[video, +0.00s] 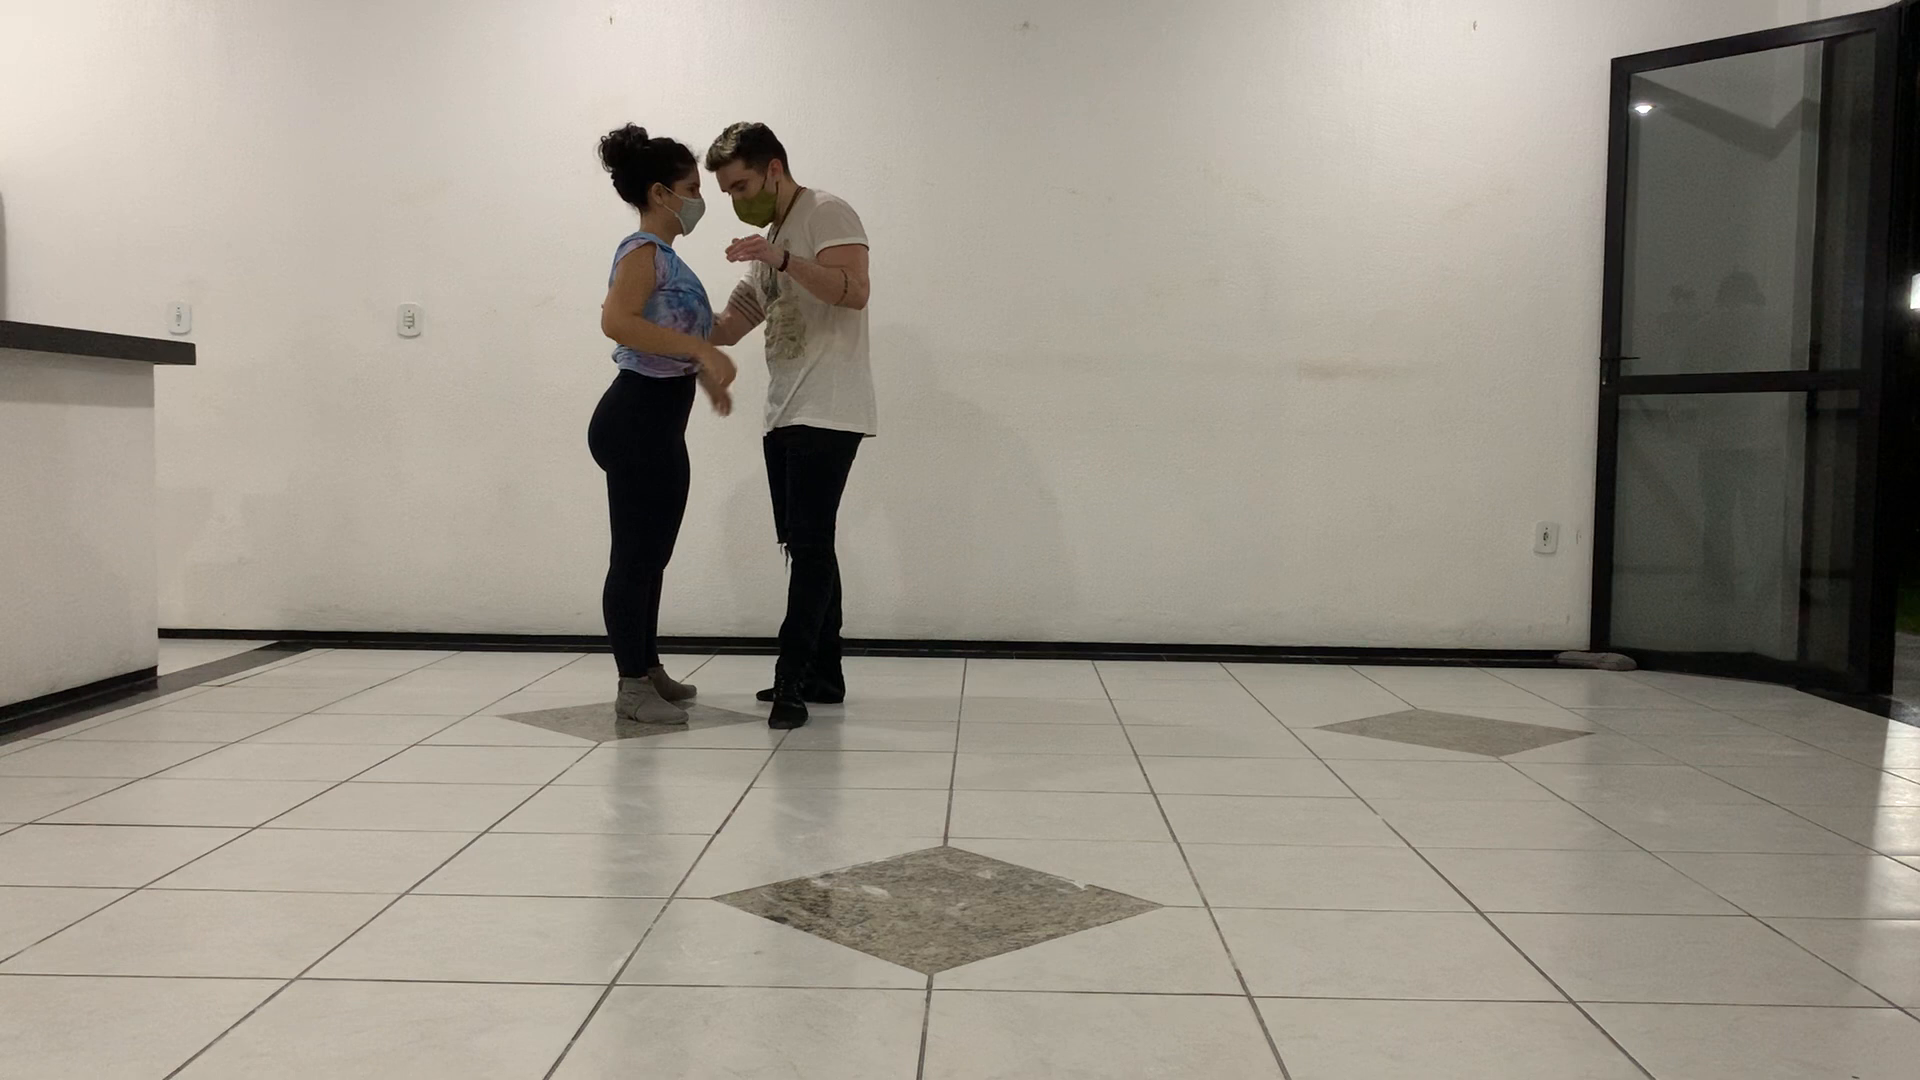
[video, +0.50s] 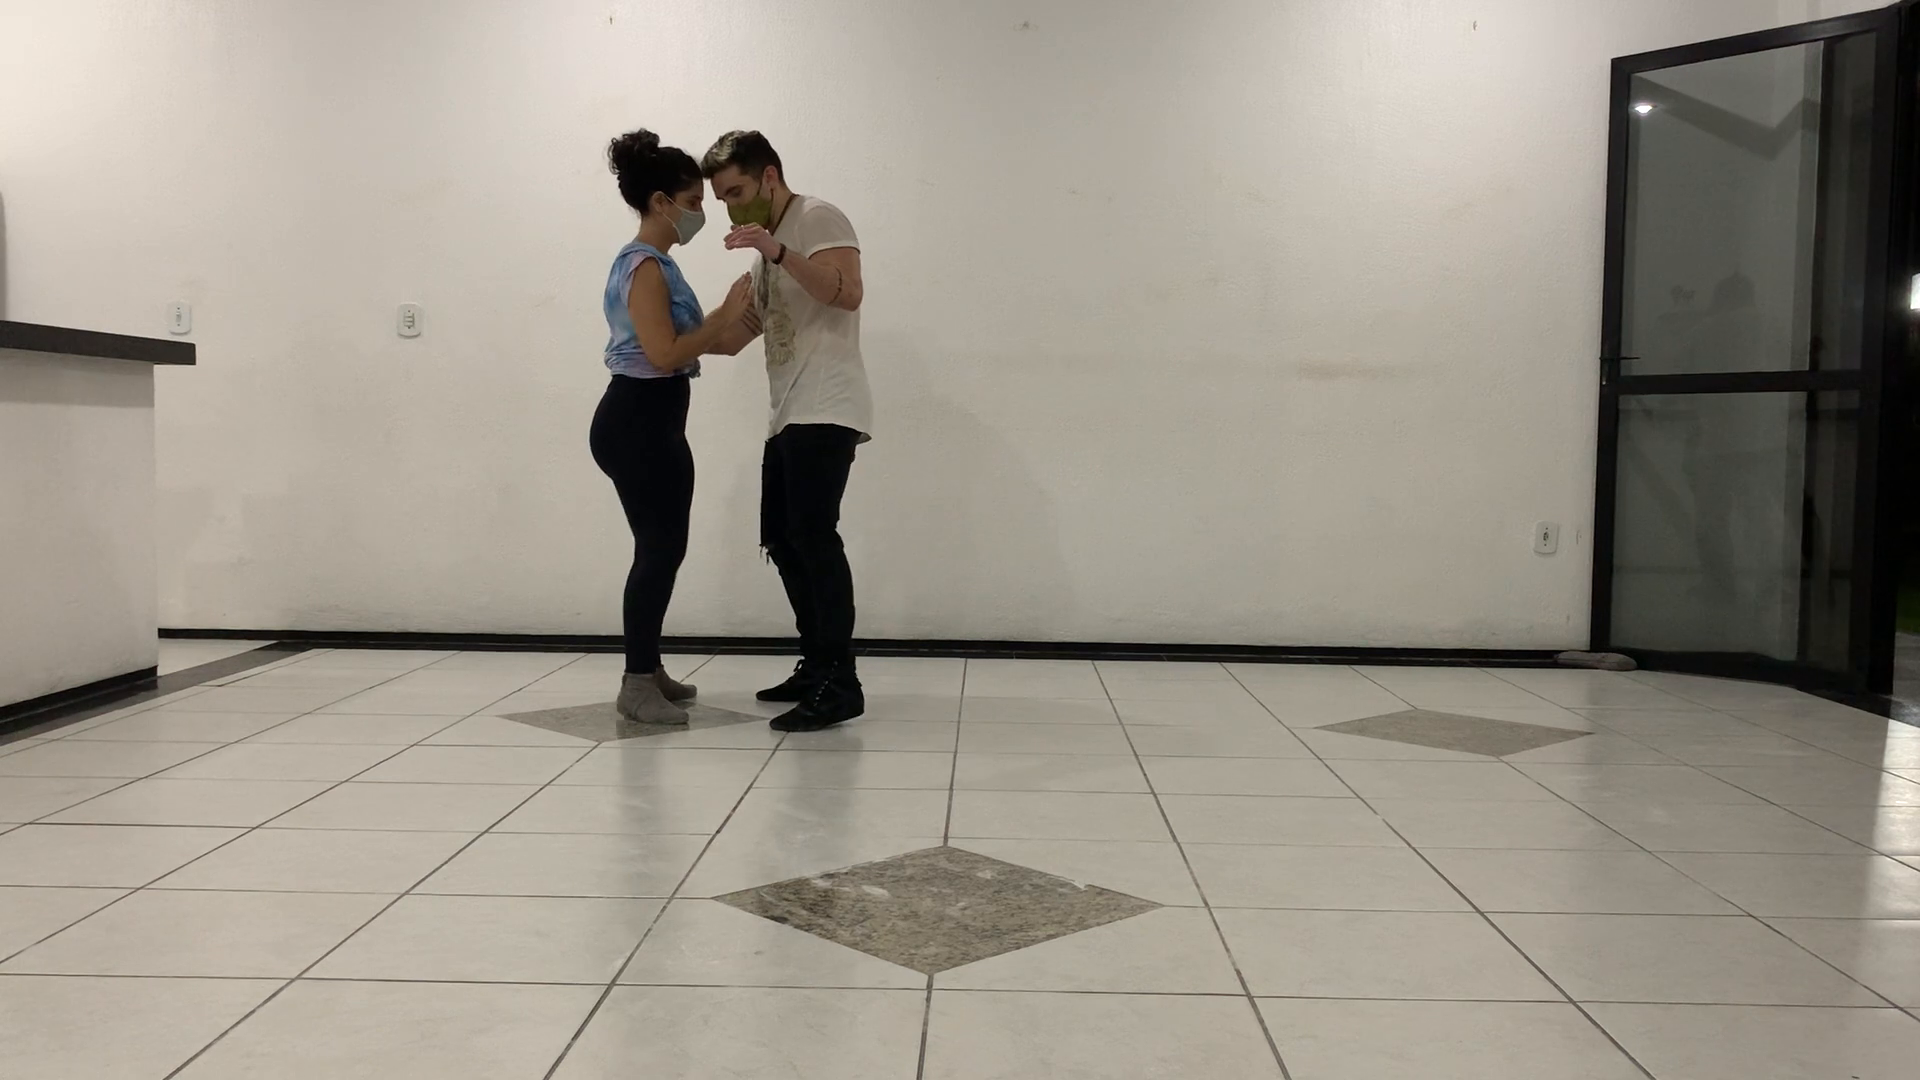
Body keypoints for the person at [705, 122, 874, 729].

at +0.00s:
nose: (734, 203)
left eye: (739, 188)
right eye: (727, 192)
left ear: (775, 170)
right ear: (736, 187)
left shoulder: (828, 213)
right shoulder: (767, 252)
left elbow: (854, 291)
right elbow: (728, 328)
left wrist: (779, 258)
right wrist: (662, 319)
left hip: (831, 405)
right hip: (786, 409)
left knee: (808, 542)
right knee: (803, 544)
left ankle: (795, 685)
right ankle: (822, 676)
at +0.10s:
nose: (733, 205)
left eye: (738, 191)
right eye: (726, 195)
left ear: (773, 171)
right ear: (739, 188)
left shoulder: (826, 214)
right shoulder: (770, 245)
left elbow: (853, 290)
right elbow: (741, 311)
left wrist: (778, 254)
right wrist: (721, 337)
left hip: (832, 404)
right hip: (786, 407)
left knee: (804, 539)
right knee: (796, 542)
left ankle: (794, 687)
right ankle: (822, 674)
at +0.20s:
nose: (732, 207)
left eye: (737, 192)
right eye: (724, 197)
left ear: (772, 173)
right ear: (729, 192)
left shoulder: (824, 216)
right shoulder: (764, 249)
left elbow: (853, 291)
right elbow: (736, 323)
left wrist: (781, 252)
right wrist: (676, 330)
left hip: (833, 402)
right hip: (786, 407)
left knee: (795, 532)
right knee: (791, 538)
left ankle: (805, 681)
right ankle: (821, 672)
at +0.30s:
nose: (732, 208)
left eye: (736, 194)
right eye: (724, 198)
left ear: (772, 174)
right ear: (727, 194)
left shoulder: (823, 216)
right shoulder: (767, 253)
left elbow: (853, 292)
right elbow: (730, 335)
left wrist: (782, 252)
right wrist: (662, 328)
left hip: (833, 398)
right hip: (789, 405)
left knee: (794, 523)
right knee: (783, 534)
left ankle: (823, 673)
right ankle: (813, 665)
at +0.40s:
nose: (731, 208)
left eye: (736, 193)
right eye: (723, 198)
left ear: (772, 176)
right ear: (726, 195)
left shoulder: (820, 217)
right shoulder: (767, 256)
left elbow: (851, 293)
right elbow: (729, 337)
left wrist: (781, 252)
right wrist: (661, 323)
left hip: (830, 403)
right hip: (792, 408)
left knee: (802, 530)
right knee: (783, 536)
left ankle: (833, 680)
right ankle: (814, 666)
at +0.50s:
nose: (732, 209)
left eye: (736, 194)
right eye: (723, 199)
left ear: (772, 176)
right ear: (728, 197)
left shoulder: (818, 217)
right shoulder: (767, 257)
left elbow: (847, 291)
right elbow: (728, 337)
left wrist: (775, 249)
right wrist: (659, 328)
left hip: (828, 407)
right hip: (790, 412)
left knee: (811, 537)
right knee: (782, 539)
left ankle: (841, 685)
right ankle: (816, 666)